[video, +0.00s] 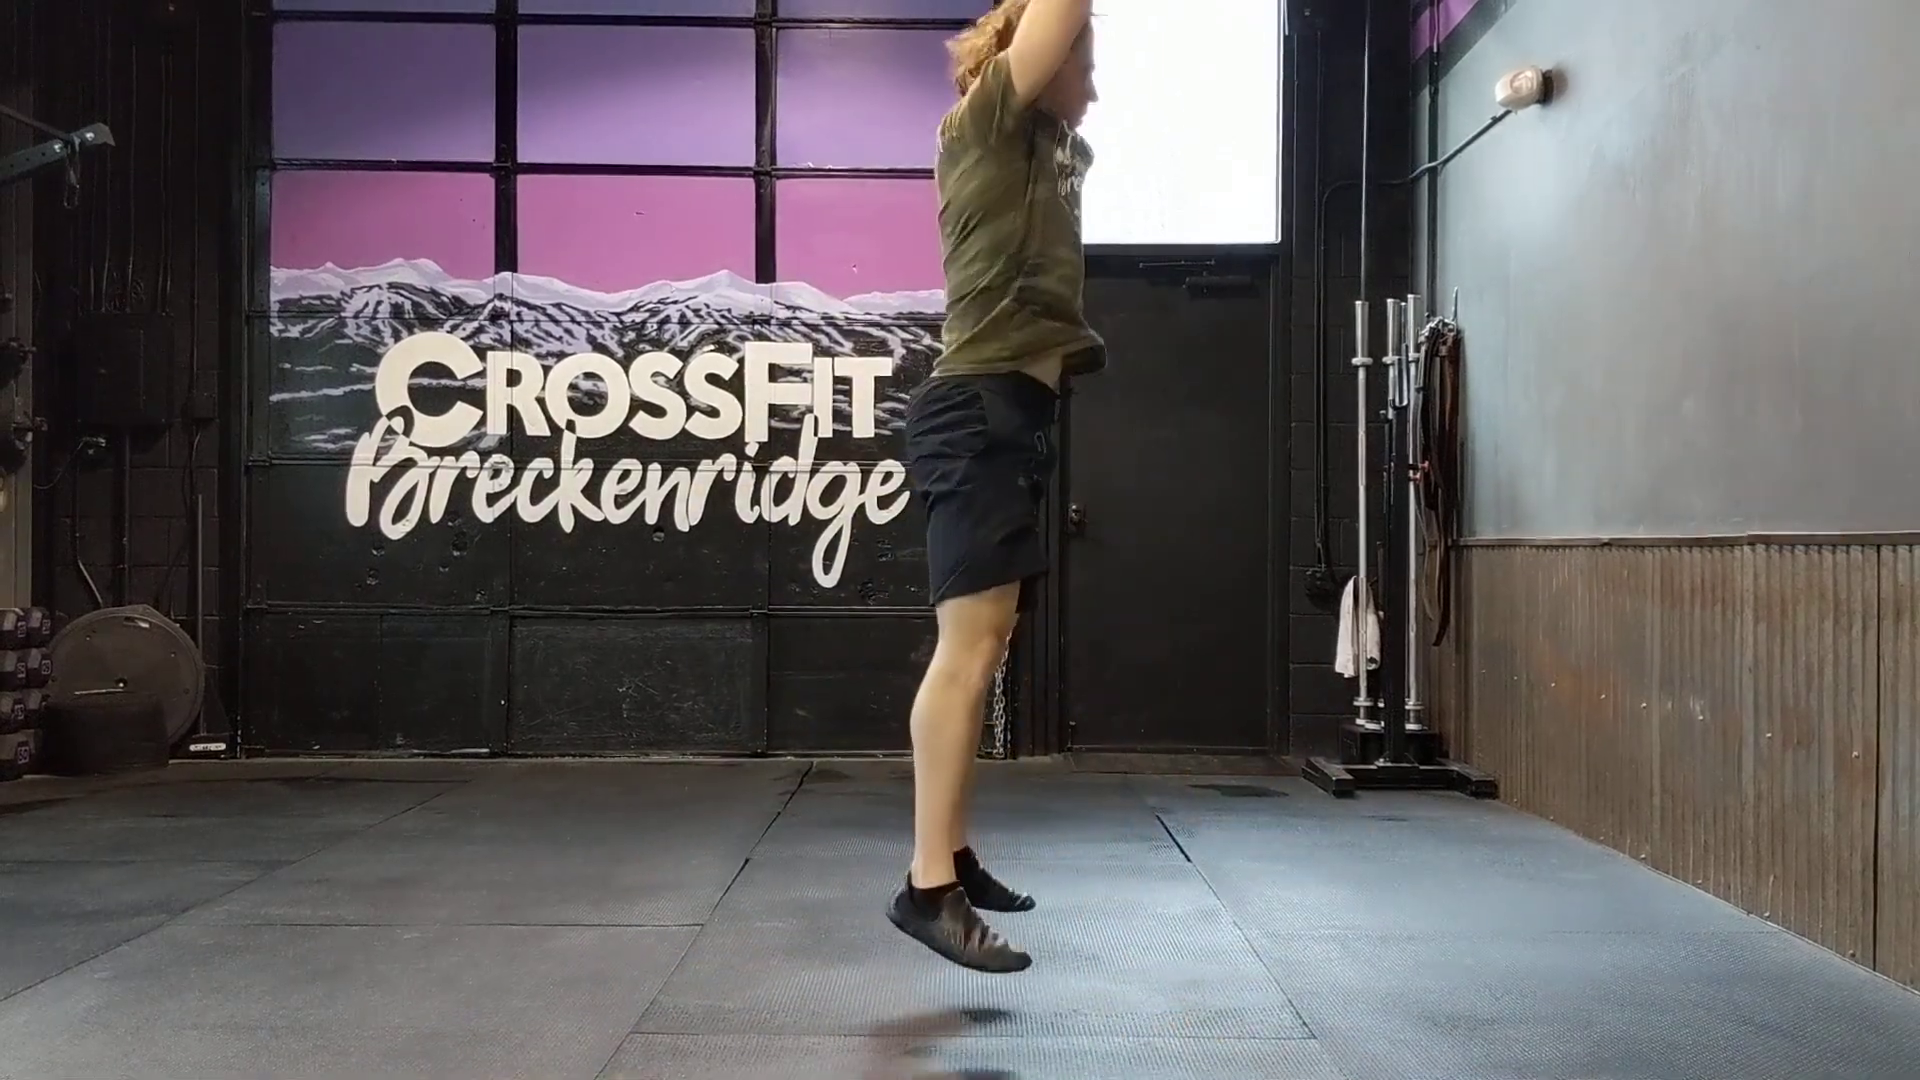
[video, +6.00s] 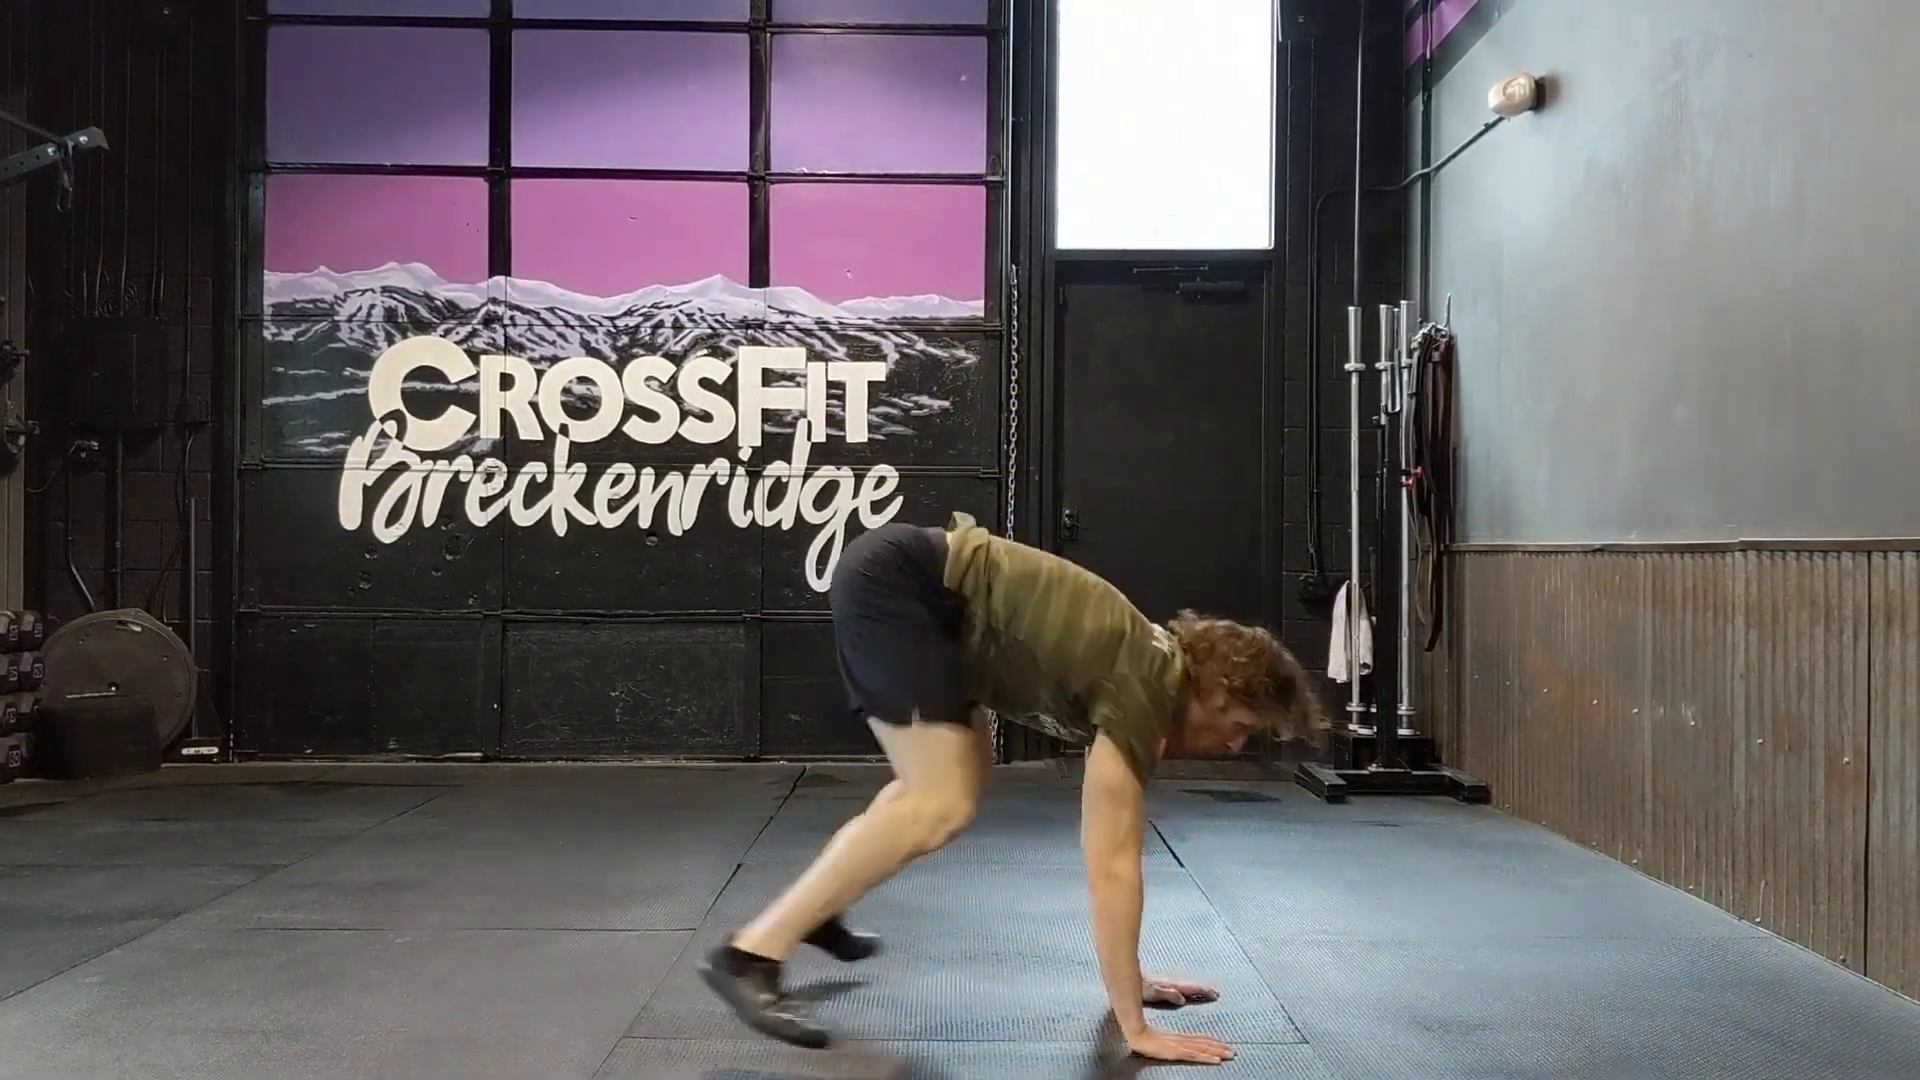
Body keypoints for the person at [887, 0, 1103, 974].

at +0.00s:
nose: (1088, 74)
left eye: (1089, 57)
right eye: (1079, 54)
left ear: (1042, 60)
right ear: (1029, 54)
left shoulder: (1029, 138)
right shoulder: (990, 123)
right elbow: (1060, 4)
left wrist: (1027, 45)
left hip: (1008, 411)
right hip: (978, 411)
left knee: (980, 644)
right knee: (969, 646)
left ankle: (947, 850)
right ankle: (927, 886)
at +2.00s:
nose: (1367, 968)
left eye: (1372, 953)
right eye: (1367, 952)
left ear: (1317, 917)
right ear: (1328, 934)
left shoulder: (1240, 911)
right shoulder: (1242, 935)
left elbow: (1110, 843)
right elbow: (1112, 879)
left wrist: (1131, 970)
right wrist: (1151, 1019)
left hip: (986, 888)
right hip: (983, 916)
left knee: (748, 929)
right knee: (732, 959)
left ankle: (541, 900)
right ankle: (510, 931)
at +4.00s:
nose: (1131, 244)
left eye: (1135, 229)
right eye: (1127, 225)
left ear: (1071, 214)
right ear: (1079, 211)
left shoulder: (1035, 287)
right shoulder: (1027, 279)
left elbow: (1053, 370)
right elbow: (1030, 370)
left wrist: (1163, 321)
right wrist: (1172, 305)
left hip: (994, 552)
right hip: (971, 547)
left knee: (1021, 761)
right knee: (1023, 763)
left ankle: (939, 955)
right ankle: (913, 993)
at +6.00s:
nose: (1234, 750)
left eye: (1246, 740)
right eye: (1243, 732)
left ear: (1211, 683)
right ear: (1220, 694)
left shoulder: (1145, 676)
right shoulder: (1138, 685)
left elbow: (1114, 853)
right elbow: (1112, 863)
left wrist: (1126, 978)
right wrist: (1135, 1028)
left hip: (921, 588)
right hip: (897, 577)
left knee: (948, 791)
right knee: (939, 799)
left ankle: (814, 904)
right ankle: (752, 949)